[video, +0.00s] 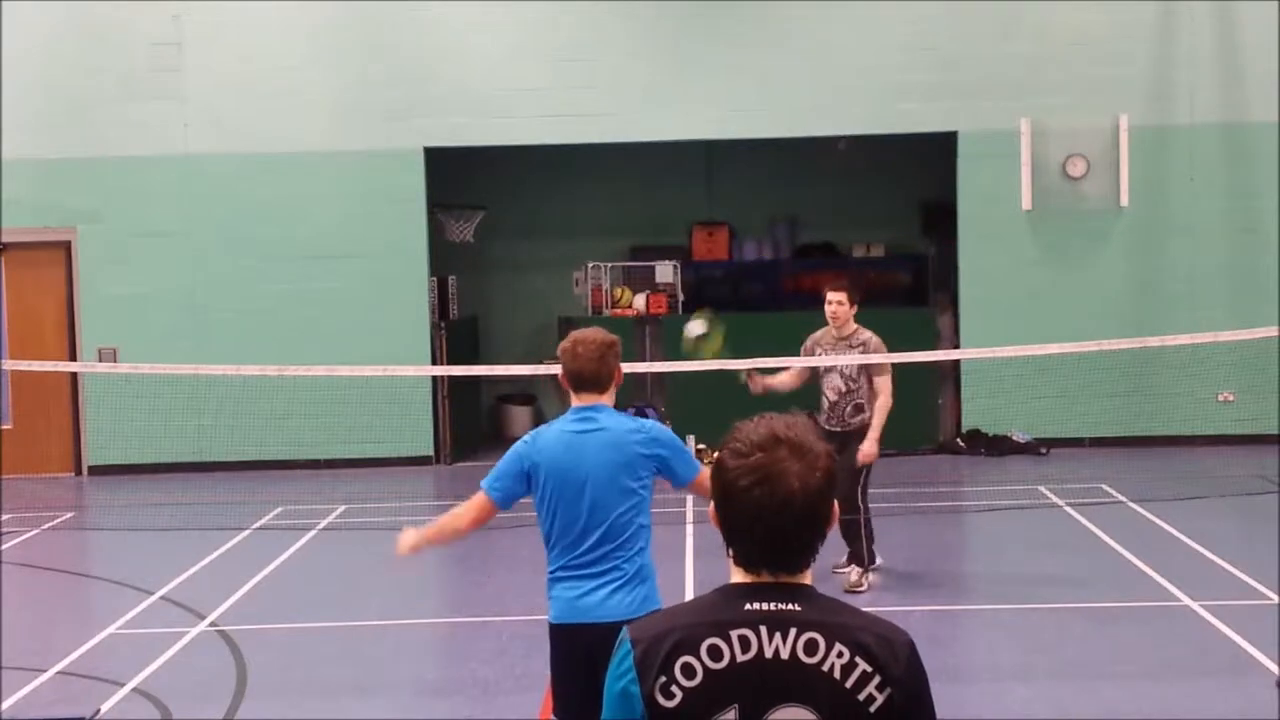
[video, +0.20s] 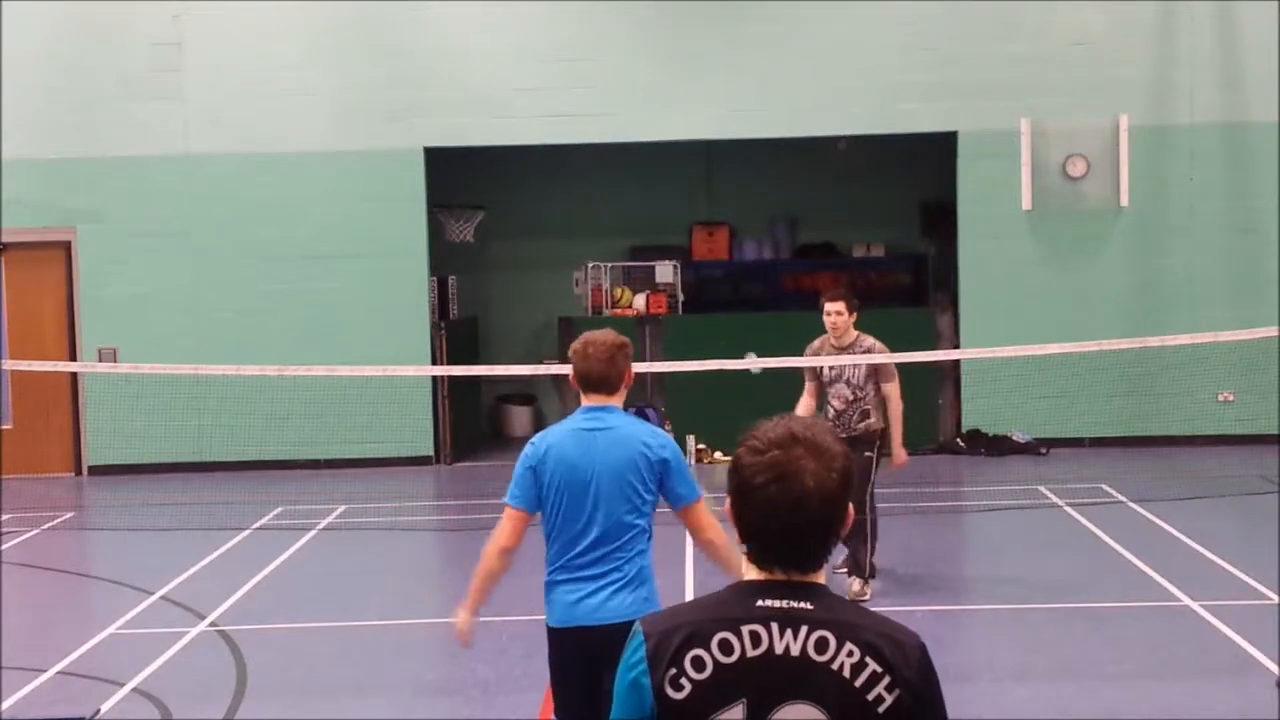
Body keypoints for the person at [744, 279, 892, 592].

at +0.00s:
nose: (832, 310)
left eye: (839, 304)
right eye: (829, 304)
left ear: (853, 308)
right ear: (824, 307)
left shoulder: (871, 344)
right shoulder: (816, 342)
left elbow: (884, 395)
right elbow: (796, 377)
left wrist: (872, 438)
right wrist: (766, 382)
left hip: (858, 432)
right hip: (827, 431)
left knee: (849, 496)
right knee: (842, 497)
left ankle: (860, 561)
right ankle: (861, 551)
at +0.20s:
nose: (832, 321)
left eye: (838, 314)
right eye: (827, 315)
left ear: (853, 317)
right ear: (822, 318)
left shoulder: (875, 351)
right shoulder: (815, 351)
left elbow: (893, 399)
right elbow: (809, 397)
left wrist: (897, 444)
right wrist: (793, 430)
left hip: (867, 434)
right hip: (833, 435)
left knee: (860, 500)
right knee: (837, 496)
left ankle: (860, 571)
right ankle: (856, 551)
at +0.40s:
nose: (828, 327)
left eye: (834, 320)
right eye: (823, 321)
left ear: (850, 315)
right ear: (819, 319)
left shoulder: (878, 338)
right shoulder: (814, 351)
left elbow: (900, 381)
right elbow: (821, 399)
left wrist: (903, 427)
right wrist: (822, 444)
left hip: (874, 432)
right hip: (838, 434)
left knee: (867, 502)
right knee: (843, 500)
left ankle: (864, 573)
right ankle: (849, 566)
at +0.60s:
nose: (821, 305)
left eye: (826, 298)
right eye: (816, 301)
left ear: (842, 297)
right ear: (811, 305)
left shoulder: (872, 325)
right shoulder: (813, 336)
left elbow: (894, 367)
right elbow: (819, 348)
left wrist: (906, 410)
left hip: (875, 424)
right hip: (835, 426)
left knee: (871, 501)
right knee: (826, 496)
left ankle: (862, 574)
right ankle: (821, 548)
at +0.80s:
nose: (822, 294)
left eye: (827, 286)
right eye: (817, 289)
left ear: (843, 287)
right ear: (812, 294)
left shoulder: (869, 326)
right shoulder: (810, 328)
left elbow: (888, 368)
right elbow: (804, 332)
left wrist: (900, 410)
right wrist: (814, 283)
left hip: (861, 424)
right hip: (821, 424)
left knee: (863, 501)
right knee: (822, 497)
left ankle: (860, 573)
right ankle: (809, 551)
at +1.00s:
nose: (812, 294)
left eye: (817, 286)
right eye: (807, 289)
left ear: (834, 288)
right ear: (803, 296)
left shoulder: (860, 330)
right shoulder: (795, 333)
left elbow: (875, 378)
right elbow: (781, 379)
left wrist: (874, 421)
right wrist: (806, 353)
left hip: (845, 428)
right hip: (805, 427)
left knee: (850, 503)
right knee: (798, 496)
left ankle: (857, 572)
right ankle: (798, 547)